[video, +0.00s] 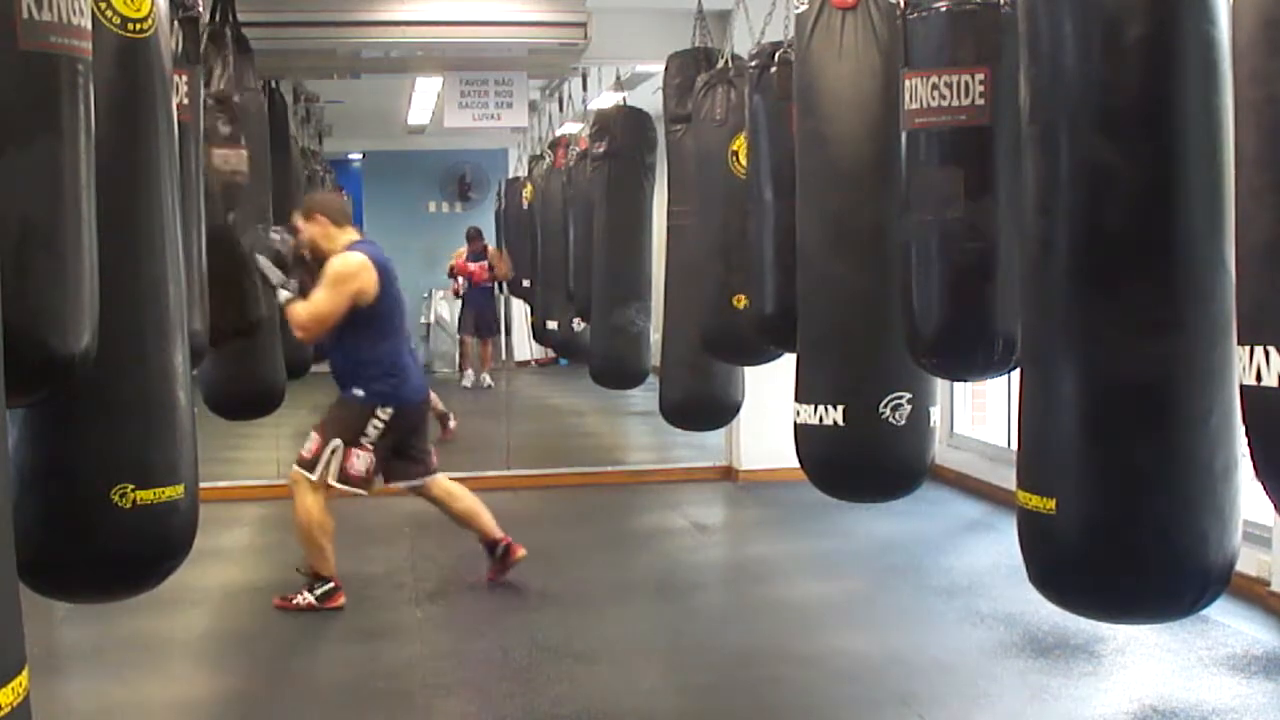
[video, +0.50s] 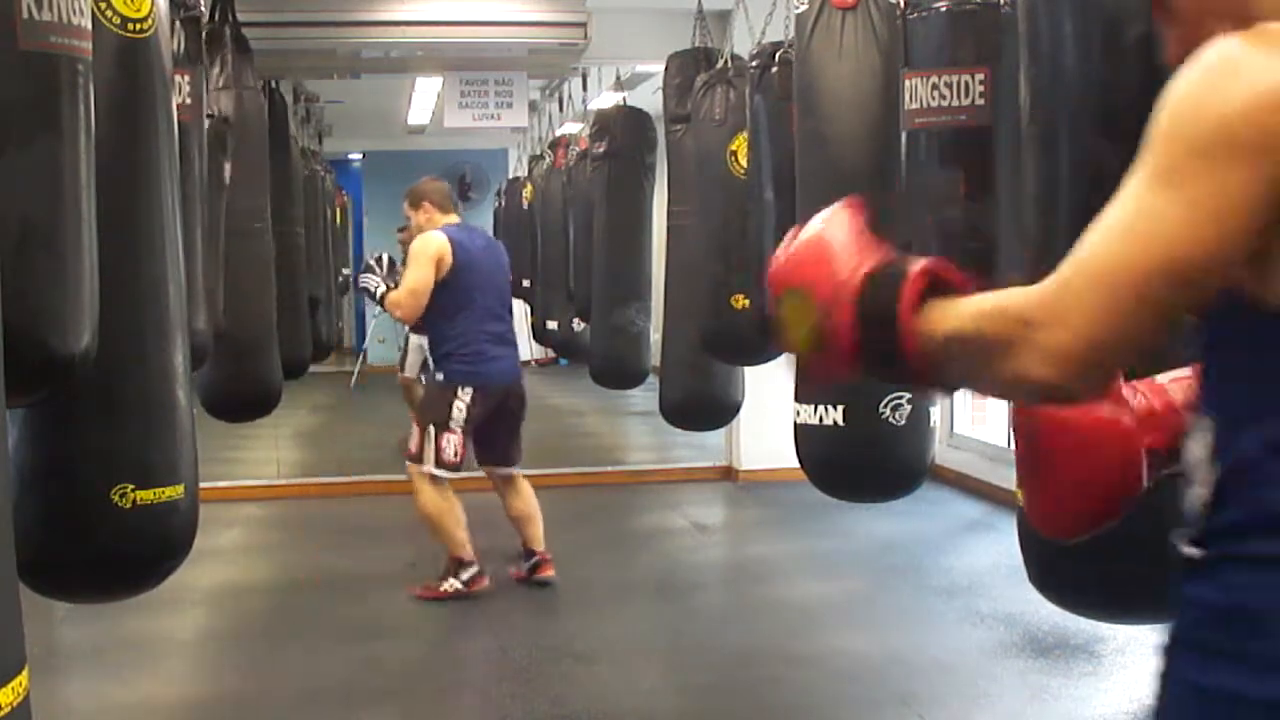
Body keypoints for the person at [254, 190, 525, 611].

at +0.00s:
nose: (300, 240)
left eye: (301, 229)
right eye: (298, 231)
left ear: (321, 222)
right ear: (339, 221)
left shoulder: (347, 264)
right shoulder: (368, 255)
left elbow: (305, 324)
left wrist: (284, 289)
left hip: (374, 396)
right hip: (406, 390)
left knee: (306, 479)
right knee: (423, 478)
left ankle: (323, 583)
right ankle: (499, 542)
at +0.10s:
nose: (331, 252)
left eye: (333, 241)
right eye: (329, 243)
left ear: (352, 236)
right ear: (367, 234)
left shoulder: (372, 279)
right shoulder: (403, 269)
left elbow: (332, 339)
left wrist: (314, 309)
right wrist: (333, 307)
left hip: (391, 408)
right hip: (428, 407)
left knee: (317, 481)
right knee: (440, 487)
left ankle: (323, 582)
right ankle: (509, 548)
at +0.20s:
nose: (362, 251)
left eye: (363, 241)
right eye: (361, 242)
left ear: (381, 236)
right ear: (399, 234)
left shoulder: (402, 278)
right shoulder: (433, 269)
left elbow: (367, 343)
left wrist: (344, 317)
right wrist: (374, 295)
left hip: (424, 404)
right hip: (459, 402)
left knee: (350, 476)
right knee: (464, 486)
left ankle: (329, 579)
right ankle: (522, 555)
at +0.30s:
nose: (383, 235)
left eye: (383, 225)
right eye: (381, 226)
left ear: (400, 218)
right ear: (417, 217)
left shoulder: (419, 257)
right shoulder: (458, 255)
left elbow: (393, 329)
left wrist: (365, 304)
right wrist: (388, 294)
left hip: (442, 387)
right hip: (481, 387)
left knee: (380, 472)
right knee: (482, 479)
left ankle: (360, 572)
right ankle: (526, 559)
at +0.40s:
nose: (393, 221)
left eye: (395, 211)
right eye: (393, 212)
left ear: (411, 206)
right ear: (434, 206)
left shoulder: (421, 241)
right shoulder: (473, 239)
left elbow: (407, 311)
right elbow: (461, 305)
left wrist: (374, 292)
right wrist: (394, 280)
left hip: (456, 369)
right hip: (496, 368)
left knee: (402, 459)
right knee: (496, 467)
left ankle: (420, 562)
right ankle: (526, 555)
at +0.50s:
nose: (411, 226)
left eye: (411, 218)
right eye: (409, 219)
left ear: (425, 210)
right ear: (452, 208)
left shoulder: (431, 242)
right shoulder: (492, 246)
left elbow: (407, 310)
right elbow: (469, 314)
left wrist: (378, 288)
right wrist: (403, 290)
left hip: (462, 379)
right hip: (507, 377)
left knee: (425, 473)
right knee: (505, 471)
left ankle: (464, 566)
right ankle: (538, 557)